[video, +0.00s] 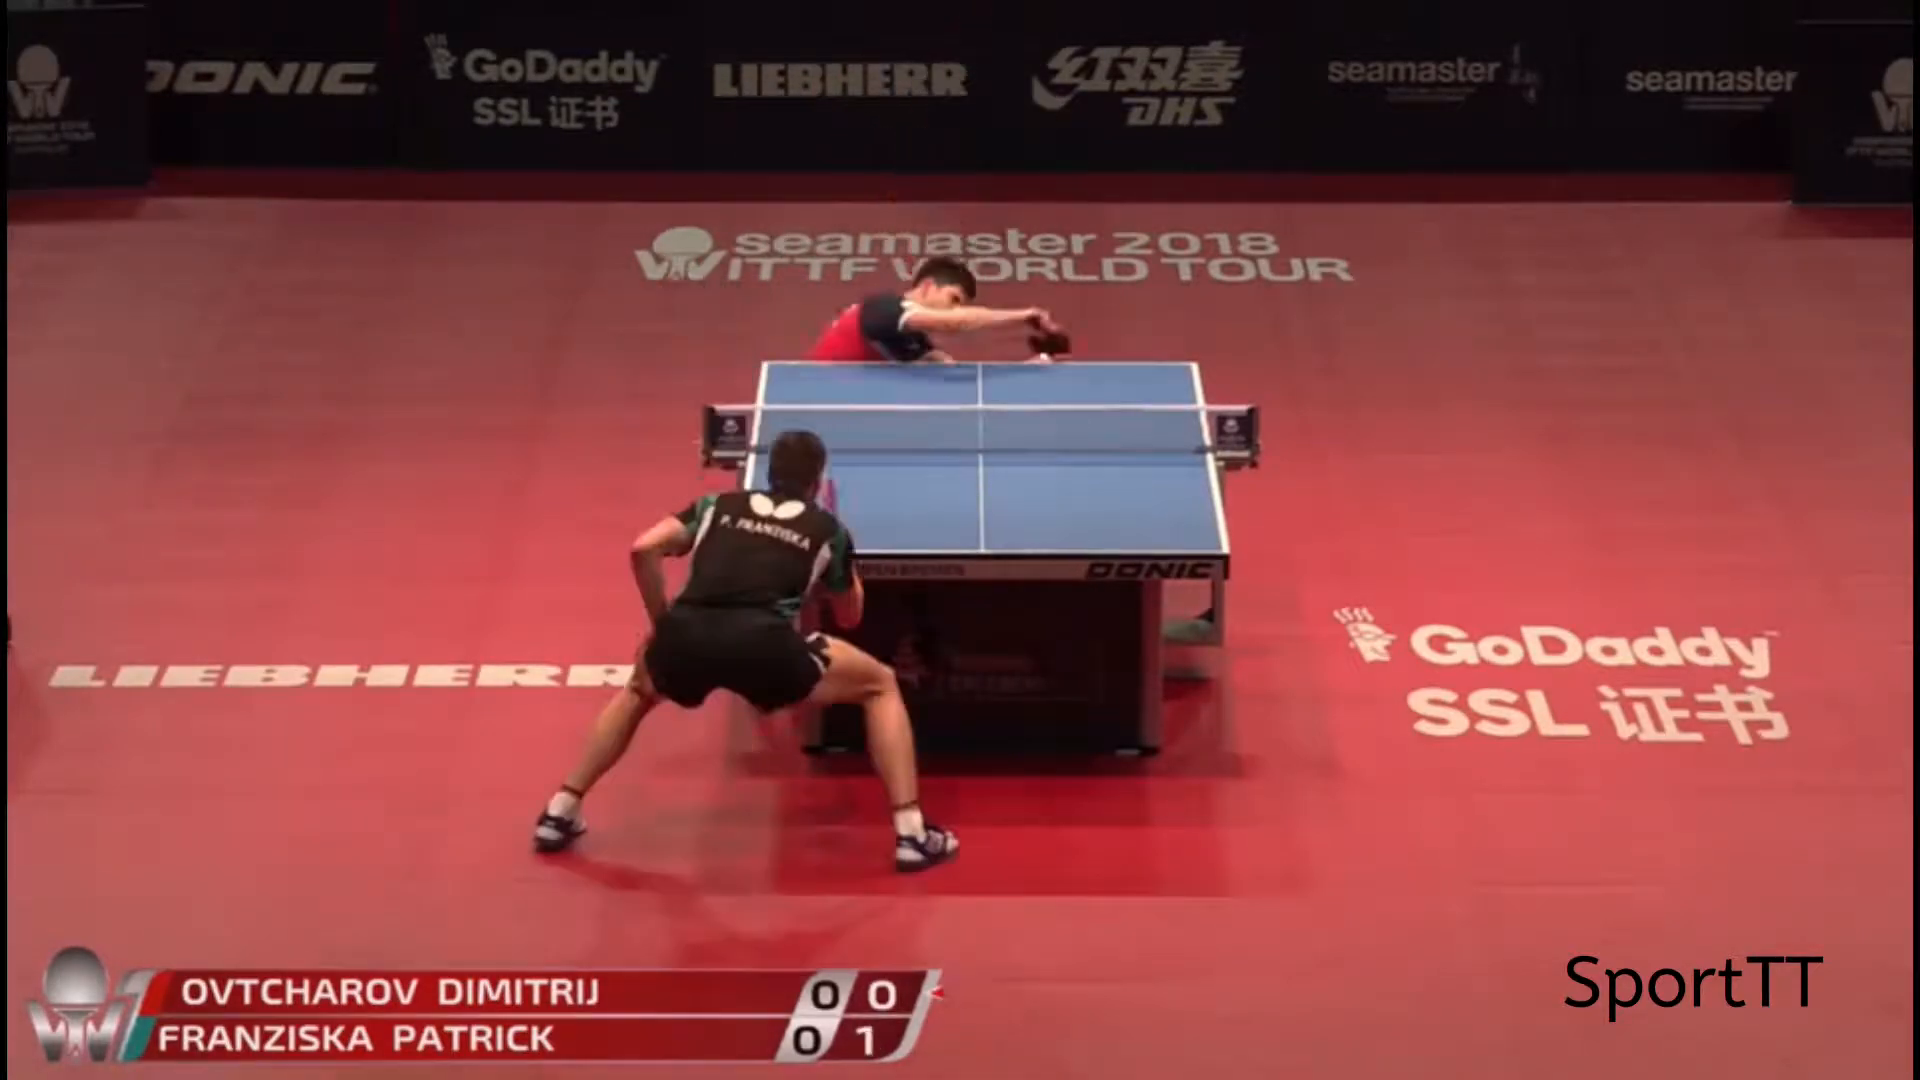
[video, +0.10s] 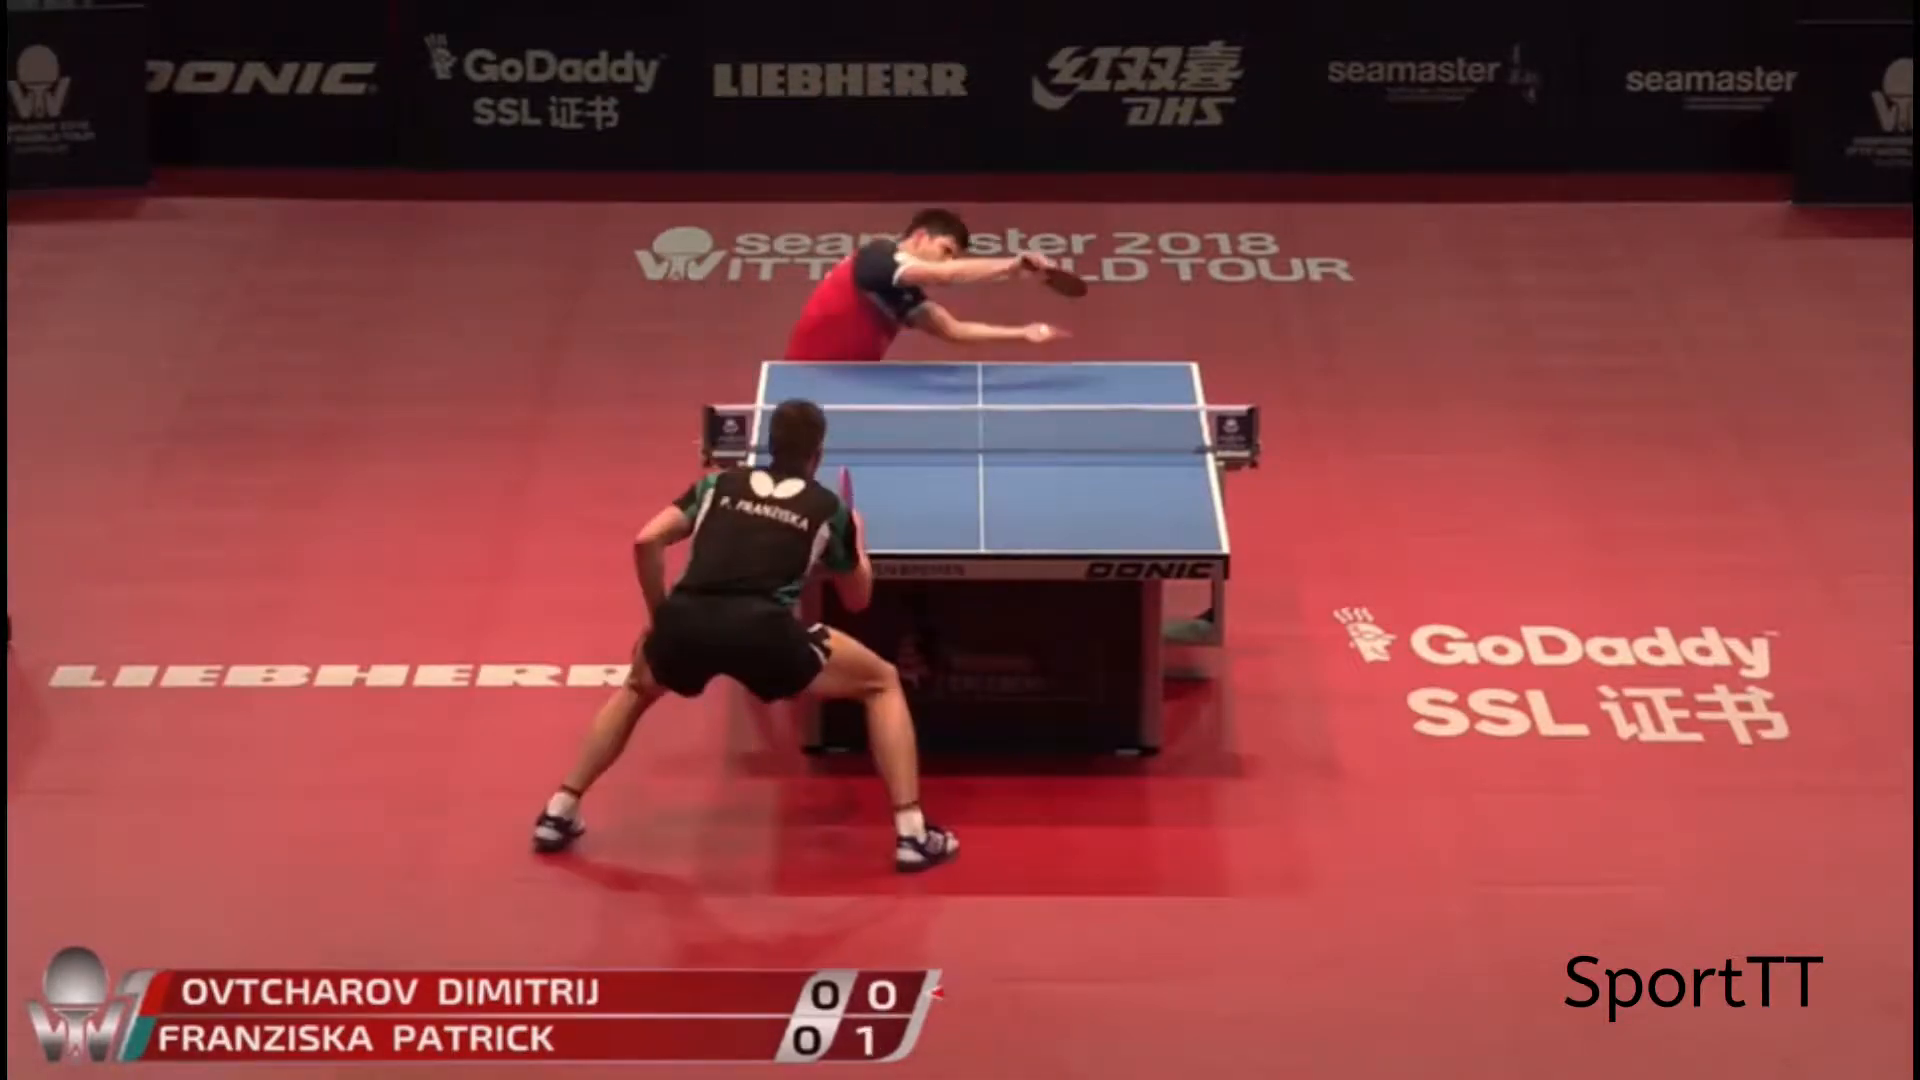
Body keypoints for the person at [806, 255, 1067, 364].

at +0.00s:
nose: (955, 313)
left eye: (962, 308)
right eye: (953, 300)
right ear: (927, 286)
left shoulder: (909, 343)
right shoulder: (879, 309)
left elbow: (951, 370)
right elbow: (952, 323)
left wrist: (1024, 367)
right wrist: (1023, 317)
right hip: (817, 396)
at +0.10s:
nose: (946, 264)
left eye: (952, 258)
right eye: (945, 252)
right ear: (920, 237)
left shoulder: (903, 295)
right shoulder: (874, 258)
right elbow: (945, 274)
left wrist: (1022, 333)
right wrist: (1011, 265)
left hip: (850, 387)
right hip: (809, 383)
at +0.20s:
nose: (946, 264)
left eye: (952, 258)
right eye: (944, 252)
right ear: (919, 237)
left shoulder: (902, 294)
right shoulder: (874, 257)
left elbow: (953, 331)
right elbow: (944, 275)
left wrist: (1022, 333)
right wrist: (1011, 265)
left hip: (850, 387)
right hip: (810, 383)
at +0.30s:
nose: (944, 244)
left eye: (951, 239)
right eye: (944, 230)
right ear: (917, 215)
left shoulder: (900, 274)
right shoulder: (870, 239)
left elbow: (952, 304)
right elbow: (950, 255)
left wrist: (1019, 295)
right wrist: (1006, 252)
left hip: (849, 365)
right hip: (810, 363)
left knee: (911, 403)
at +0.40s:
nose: (943, 210)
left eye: (948, 204)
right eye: (940, 198)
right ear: (915, 185)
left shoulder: (899, 236)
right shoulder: (879, 206)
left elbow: (944, 266)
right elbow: (966, 230)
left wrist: (993, 252)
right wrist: (988, 229)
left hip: (845, 336)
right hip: (810, 335)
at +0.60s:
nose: (934, 184)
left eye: (940, 178)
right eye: (932, 171)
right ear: (906, 158)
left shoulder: (882, 206)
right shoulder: (878, 179)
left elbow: (911, 262)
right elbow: (960, 203)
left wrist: (960, 273)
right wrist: (929, 190)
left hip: (838, 307)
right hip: (801, 313)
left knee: (915, 348)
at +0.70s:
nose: (924, 192)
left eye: (928, 186)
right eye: (921, 180)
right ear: (896, 164)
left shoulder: (875, 199)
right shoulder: (860, 177)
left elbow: (914, 260)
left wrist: (969, 283)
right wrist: (913, 206)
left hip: (845, 307)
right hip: (804, 313)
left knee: (929, 338)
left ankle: (863, 361)